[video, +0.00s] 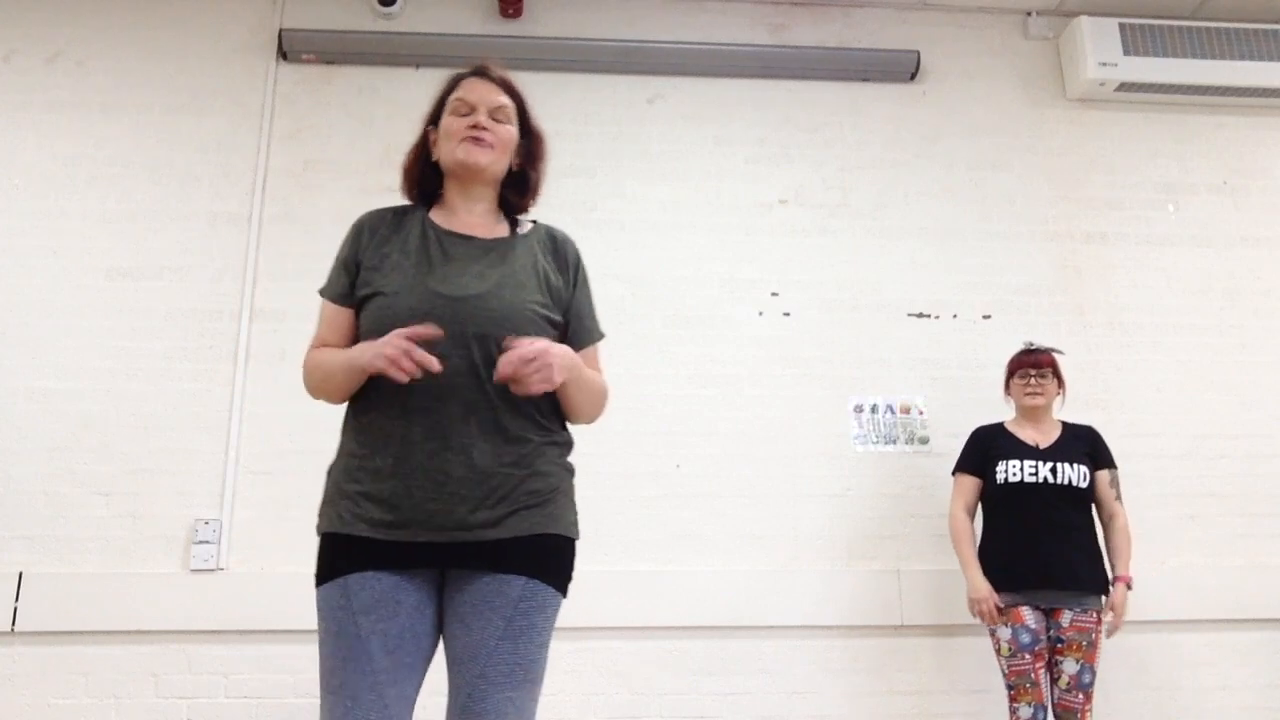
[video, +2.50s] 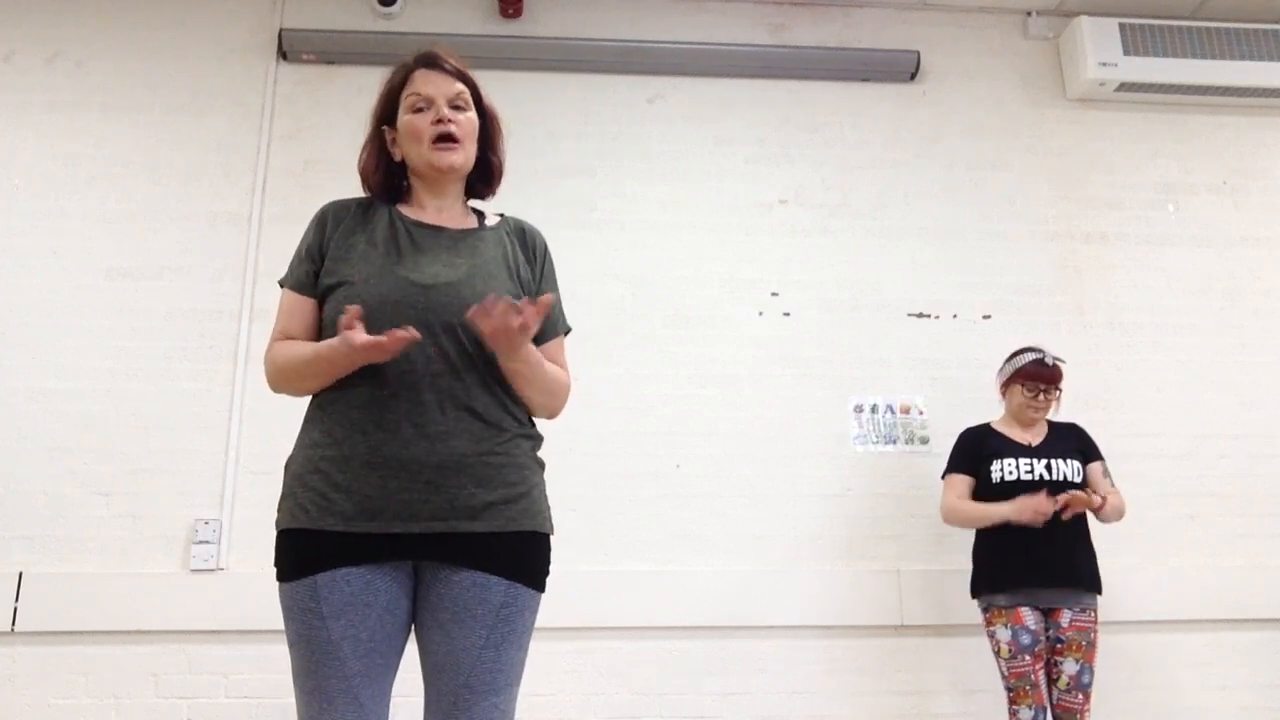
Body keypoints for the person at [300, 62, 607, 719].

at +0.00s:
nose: (479, 121)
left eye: (499, 117)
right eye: (463, 110)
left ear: (519, 151)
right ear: (433, 140)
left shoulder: (555, 253)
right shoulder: (375, 234)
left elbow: (590, 405)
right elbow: (319, 375)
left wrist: (566, 365)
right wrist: (365, 356)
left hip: (516, 524)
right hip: (375, 519)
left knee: (494, 713)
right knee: (359, 713)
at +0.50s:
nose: (483, 124)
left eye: (506, 121)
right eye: (469, 109)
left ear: (523, 156)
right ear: (440, 129)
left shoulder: (543, 254)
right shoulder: (364, 226)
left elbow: (567, 408)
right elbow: (299, 370)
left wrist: (549, 352)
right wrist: (331, 344)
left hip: (499, 524)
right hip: (352, 516)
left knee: (478, 714)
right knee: (344, 712)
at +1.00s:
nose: (449, 125)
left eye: (471, 123)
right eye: (435, 110)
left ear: (485, 159)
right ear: (401, 128)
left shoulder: (511, 248)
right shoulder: (326, 232)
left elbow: (548, 396)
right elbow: (272, 374)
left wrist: (511, 361)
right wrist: (314, 367)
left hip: (487, 523)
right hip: (336, 519)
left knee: (473, 714)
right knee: (337, 713)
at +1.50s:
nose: (447, 123)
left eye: (467, 117)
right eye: (430, 109)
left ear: (484, 148)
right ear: (396, 130)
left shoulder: (512, 250)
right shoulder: (329, 229)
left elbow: (546, 401)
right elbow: (271, 377)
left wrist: (512, 339)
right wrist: (329, 326)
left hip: (486, 524)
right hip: (335, 520)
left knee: (473, 714)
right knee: (336, 714)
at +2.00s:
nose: (445, 123)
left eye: (463, 113)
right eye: (425, 111)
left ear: (486, 142)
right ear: (397, 137)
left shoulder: (519, 250)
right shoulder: (336, 227)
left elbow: (552, 401)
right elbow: (274, 366)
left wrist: (509, 365)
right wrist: (353, 354)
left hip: (487, 525)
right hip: (335, 518)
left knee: (472, 713)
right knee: (336, 712)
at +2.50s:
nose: (444, 116)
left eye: (459, 106)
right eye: (422, 107)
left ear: (482, 135)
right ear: (392, 139)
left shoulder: (522, 245)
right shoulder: (338, 226)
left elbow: (552, 400)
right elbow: (280, 367)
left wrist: (514, 354)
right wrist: (343, 352)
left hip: (491, 520)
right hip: (339, 515)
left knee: (476, 714)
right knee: (339, 713)